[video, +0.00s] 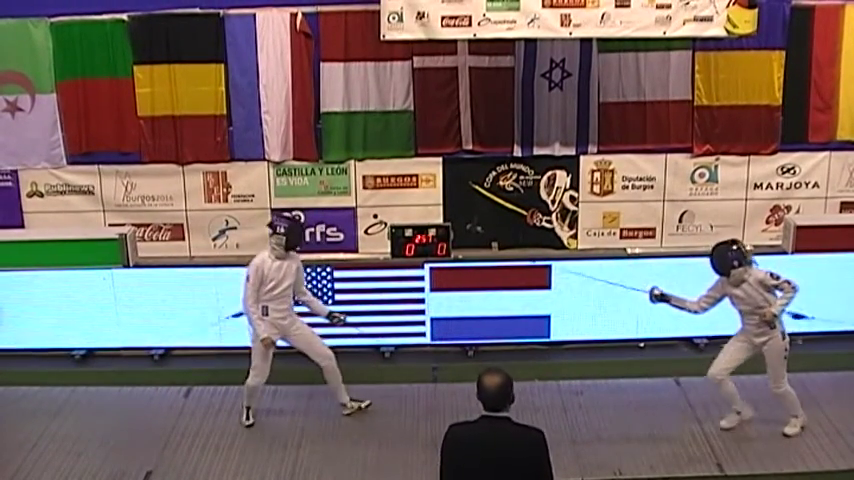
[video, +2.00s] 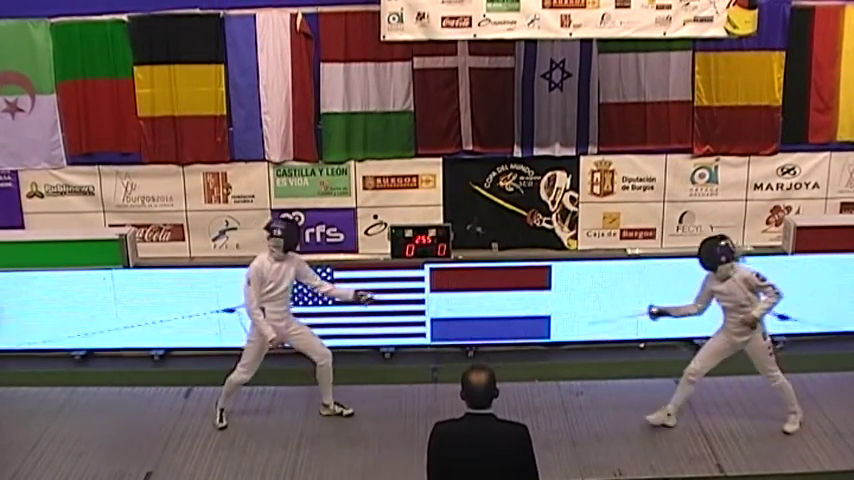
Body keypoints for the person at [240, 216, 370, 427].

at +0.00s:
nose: (274, 241)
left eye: (280, 238)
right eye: (273, 236)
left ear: (290, 242)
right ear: (270, 237)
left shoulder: (295, 263)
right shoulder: (259, 264)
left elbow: (302, 294)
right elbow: (249, 303)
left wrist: (328, 313)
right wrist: (262, 332)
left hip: (290, 321)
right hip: (265, 324)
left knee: (326, 357)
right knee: (257, 377)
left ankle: (346, 403)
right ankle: (248, 407)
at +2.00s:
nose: (273, 242)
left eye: (279, 238)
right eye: (271, 237)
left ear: (289, 242)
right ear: (267, 238)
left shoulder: (295, 263)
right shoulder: (258, 266)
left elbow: (322, 287)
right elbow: (252, 307)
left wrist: (354, 295)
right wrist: (270, 335)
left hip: (288, 324)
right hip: (263, 326)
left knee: (324, 357)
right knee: (242, 375)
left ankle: (328, 405)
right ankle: (220, 405)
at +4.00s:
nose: (335, 245)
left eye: (340, 242)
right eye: (333, 240)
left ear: (350, 246)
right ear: (328, 241)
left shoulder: (354, 264)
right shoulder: (317, 269)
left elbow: (376, 291)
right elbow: (302, 308)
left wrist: (410, 302)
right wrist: (311, 339)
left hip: (348, 325)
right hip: (325, 328)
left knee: (386, 358)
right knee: (323, 383)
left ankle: (378, 407)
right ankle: (306, 408)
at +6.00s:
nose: (400, 238)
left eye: (404, 234)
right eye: (397, 233)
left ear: (411, 236)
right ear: (390, 233)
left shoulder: (418, 254)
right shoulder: (381, 262)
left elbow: (448, 275)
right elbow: (374, 303)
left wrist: (485, 277)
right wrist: (390, 330)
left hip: (413, 319)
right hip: (389, 322)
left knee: (441, 359)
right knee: (378, 378)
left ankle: (433, 409)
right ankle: (355, 403)